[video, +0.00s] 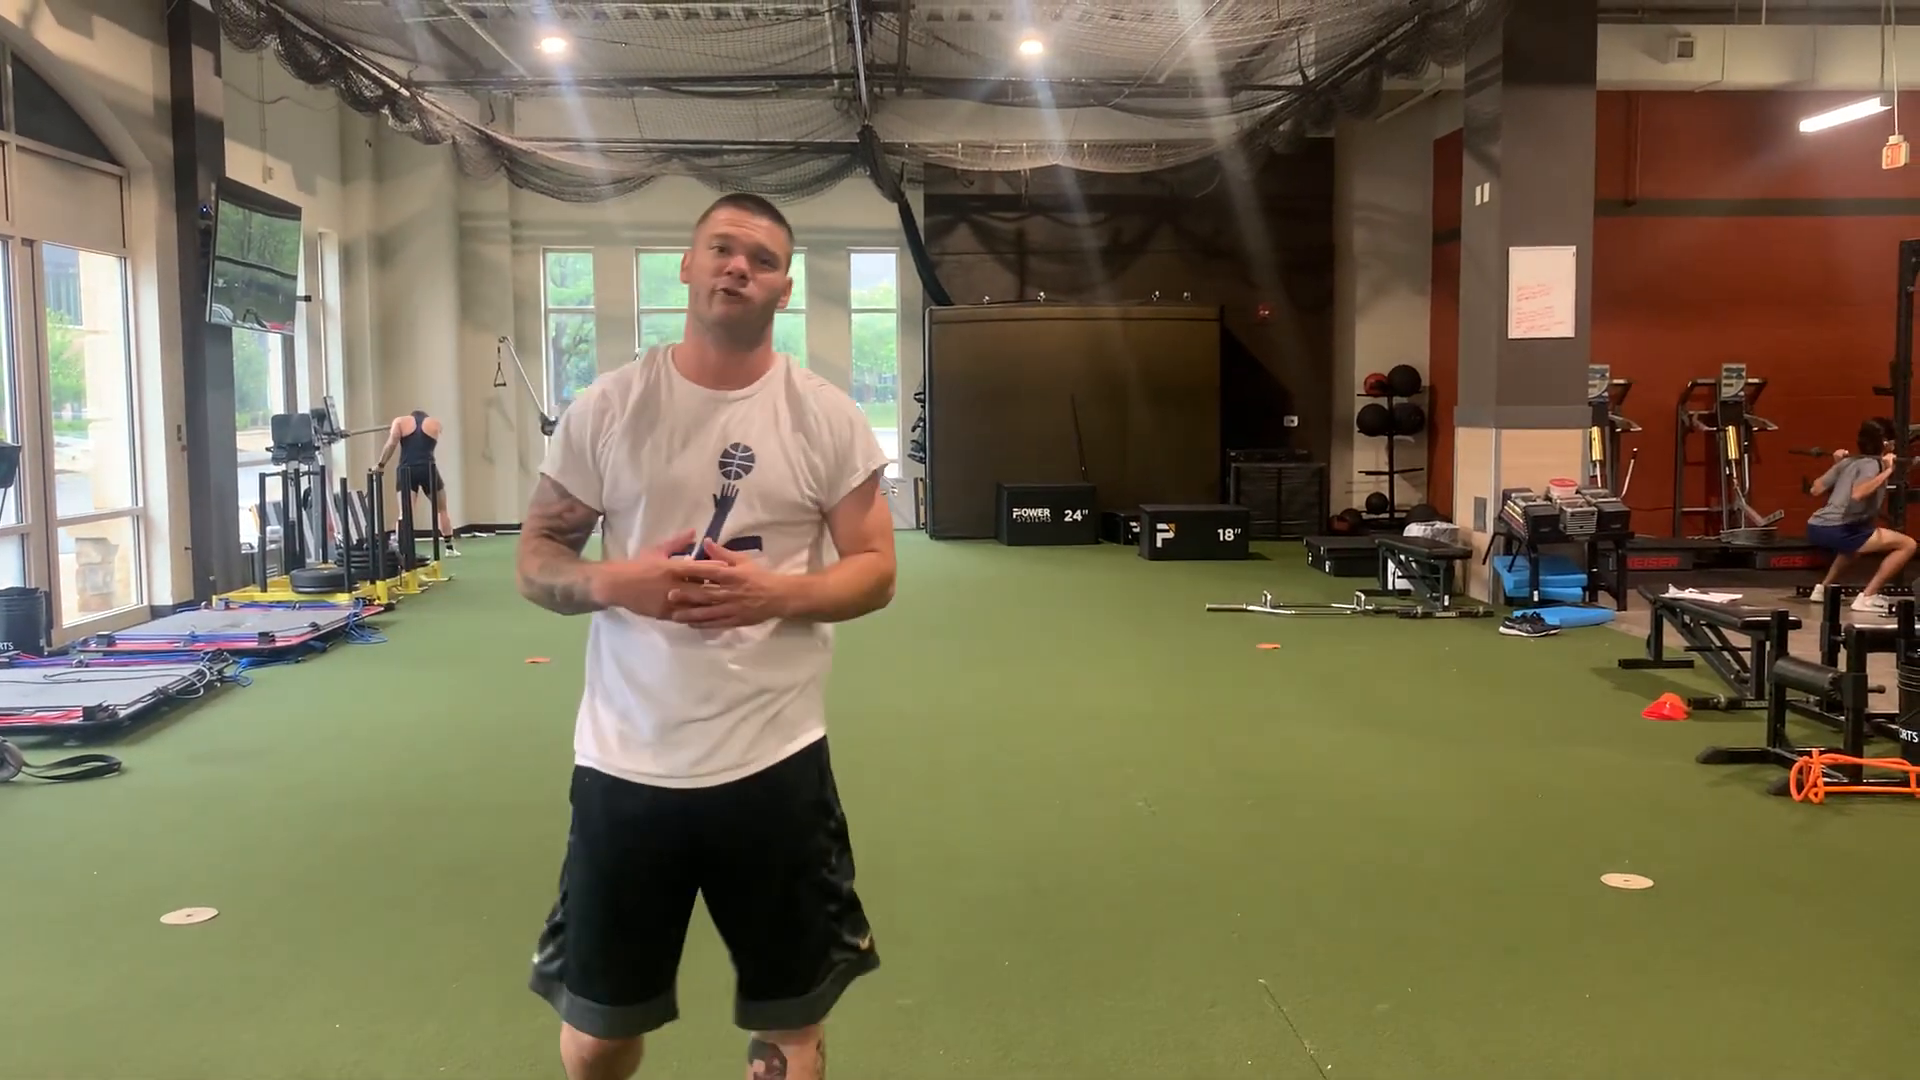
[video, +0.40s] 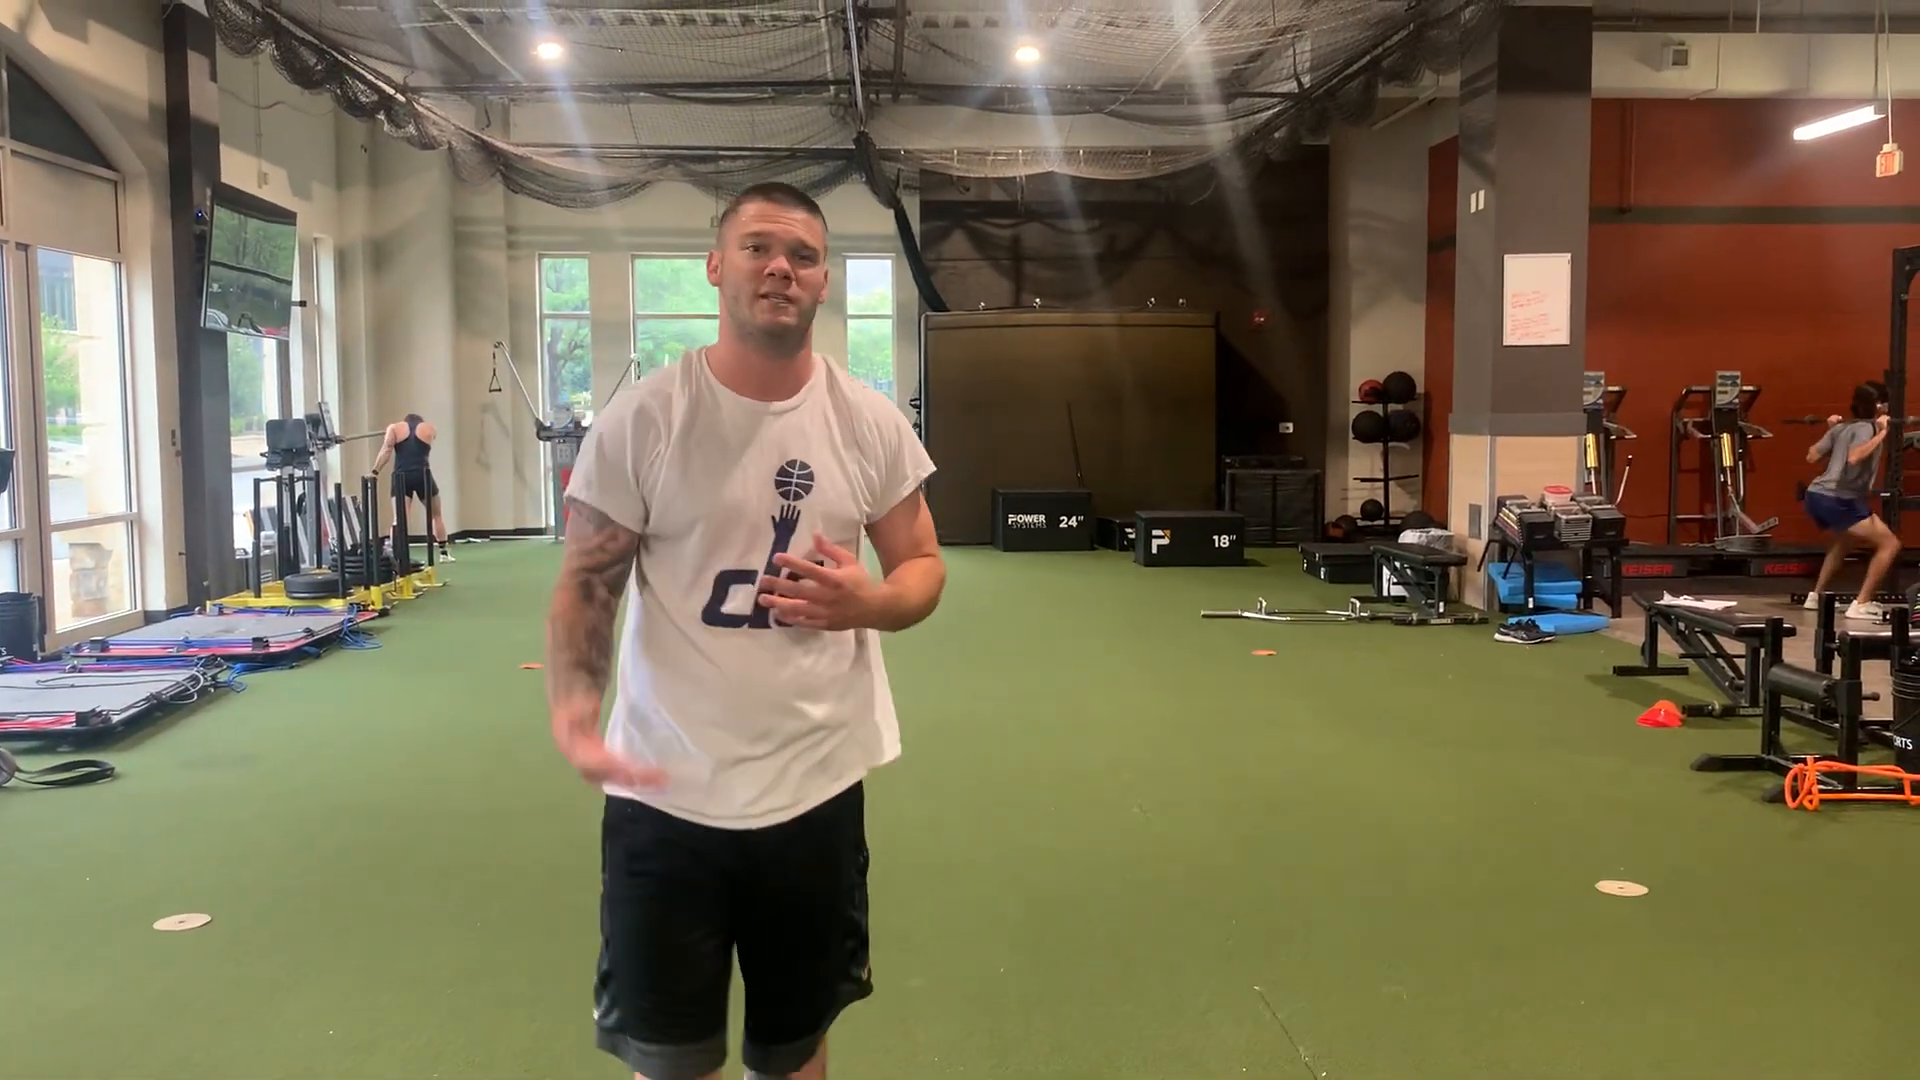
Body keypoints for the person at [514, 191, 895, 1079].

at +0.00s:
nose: (738, 266)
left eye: (762, 259)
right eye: (723, 248)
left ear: (784, 289)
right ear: (686, 265)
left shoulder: (826, 418)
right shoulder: (604, 410)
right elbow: (537, 566)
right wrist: (617, 582)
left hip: (774, 766)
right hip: (626, 768)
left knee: (791, 1029)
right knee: (594, 1044)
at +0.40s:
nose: (781, 269)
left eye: (803, 256)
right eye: (759, 248)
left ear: (824, 283)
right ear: (715, 267)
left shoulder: (868, 421)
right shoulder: (640, 419)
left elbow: (922, 569)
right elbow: (587, 581)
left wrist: (874, 601)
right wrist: (575, 714)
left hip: (815, 791)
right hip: (664, 794)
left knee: (797, 1049)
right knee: (671, 1058)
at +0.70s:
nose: (745, 258)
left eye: (762, 237)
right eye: (712, 242)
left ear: (787, 260)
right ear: (668, 276)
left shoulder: (866, 410)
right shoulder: (628, 445)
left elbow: (926, 558)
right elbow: (598, 646)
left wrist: (901, 609)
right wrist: (662, 800)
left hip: (857, 848)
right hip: (698, 860)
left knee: (856, 1064)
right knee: (690, 1067)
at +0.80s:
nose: (749, 259)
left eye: (767, 236)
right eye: (716, 242)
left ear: (794, 258)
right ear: (671, 276)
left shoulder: (870, 408)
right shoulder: (632, 448)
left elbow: (933, 561)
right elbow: (599, 669)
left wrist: (915, 613)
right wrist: (699, 814)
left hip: (874, 858)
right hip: (709, 871)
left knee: (897, 1065)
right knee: (692, 1068)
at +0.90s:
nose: (766, 256)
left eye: (786, 232)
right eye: (732, 236)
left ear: (813, 250)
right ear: (686, 264)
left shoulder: (887, 405)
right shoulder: (645, 437)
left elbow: (944, 560)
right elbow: (600, 661)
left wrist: (929, 615)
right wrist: (720, 797)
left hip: (886, 861)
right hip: (719, 873)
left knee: (917, 1066)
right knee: (694, 1068)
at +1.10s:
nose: (817, 262)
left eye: (841, 239)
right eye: (788, 238)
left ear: (871, 259)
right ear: (741, 259)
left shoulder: (938, 410)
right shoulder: (677, 436)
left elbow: (996, 573)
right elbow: (603, 640)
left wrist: (995, 628)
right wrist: (737, 704)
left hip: (918, 864)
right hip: (741, 876)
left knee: (949, 1064)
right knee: (712, 1066)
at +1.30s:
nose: (880, 242)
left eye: (907, 224)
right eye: (852, 219)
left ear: (938, 256)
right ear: (807, 249)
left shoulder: (1003, 413)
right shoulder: (732, 427)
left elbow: (1066, 582)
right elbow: (661, 615)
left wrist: (1044, 658)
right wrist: (711, 649)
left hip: (954, 860)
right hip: (774, 864)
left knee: (977, 1068)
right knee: (739, 1067)